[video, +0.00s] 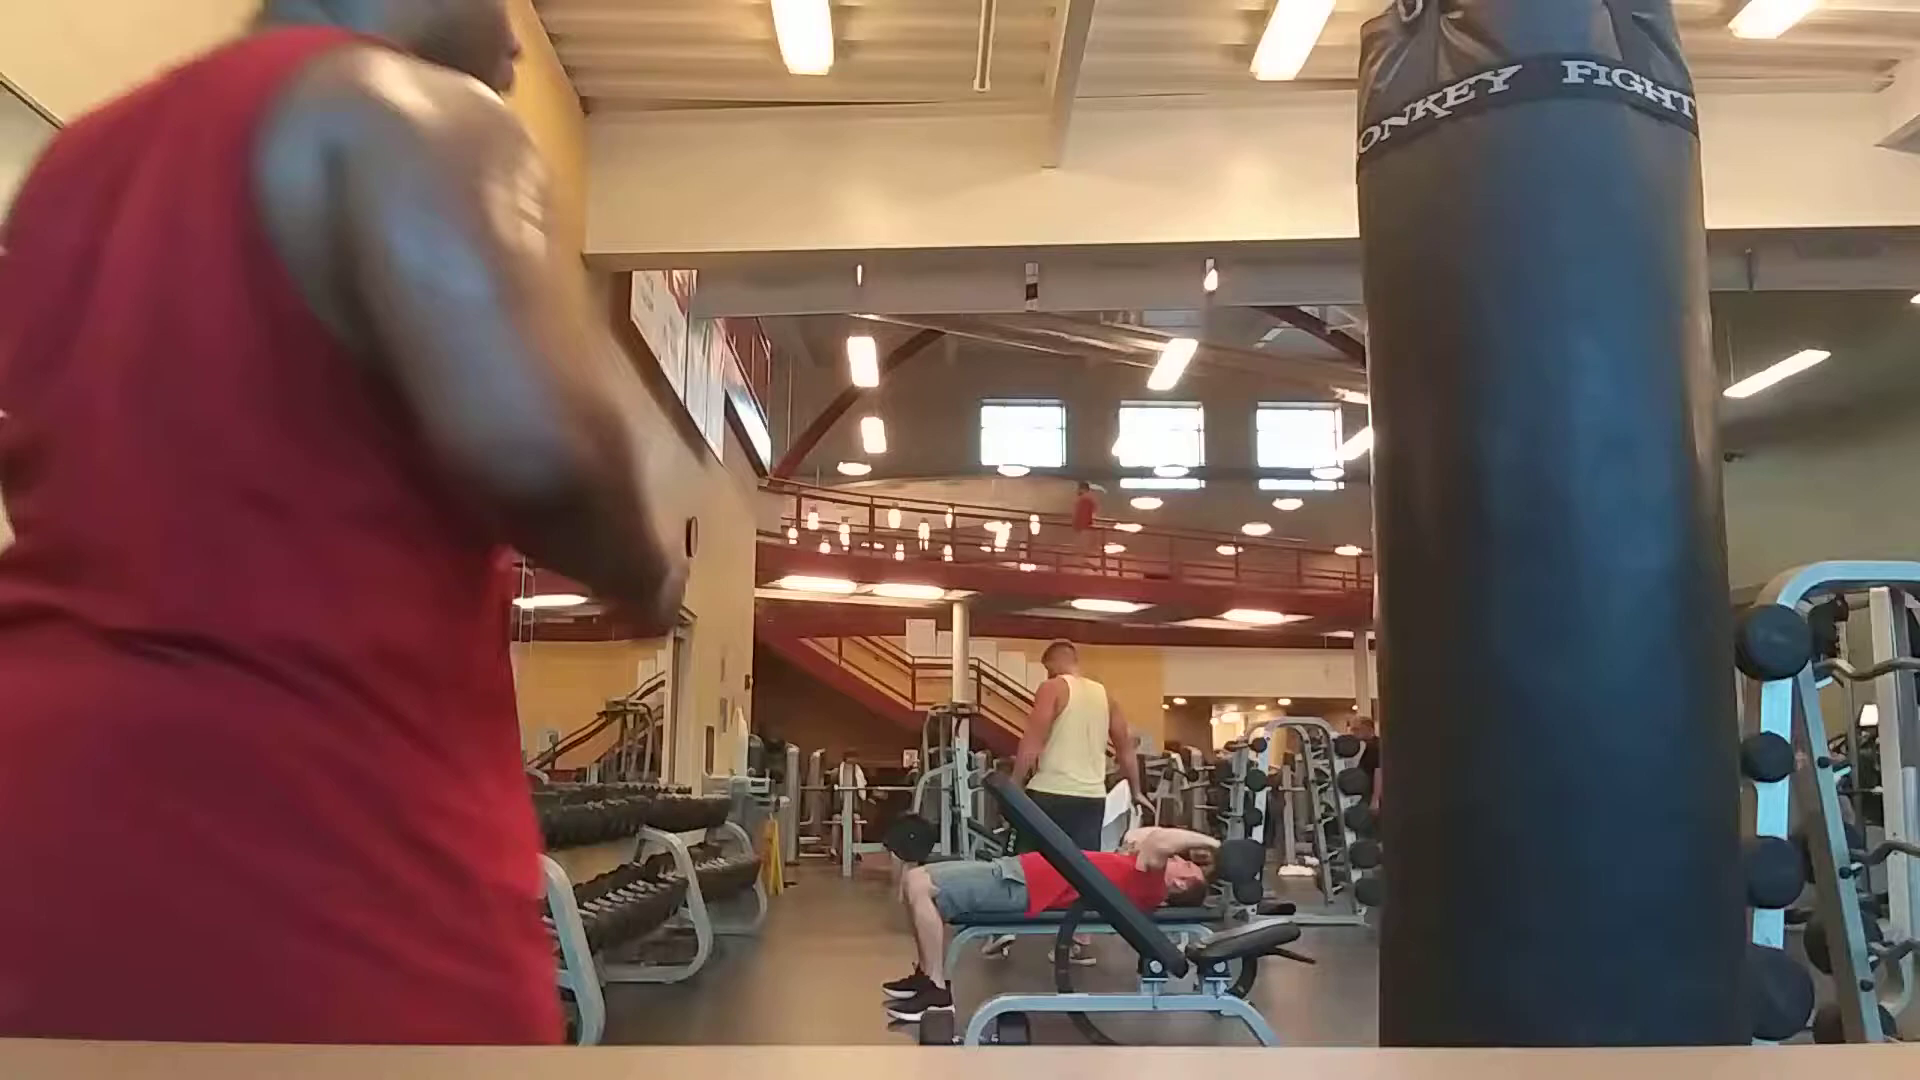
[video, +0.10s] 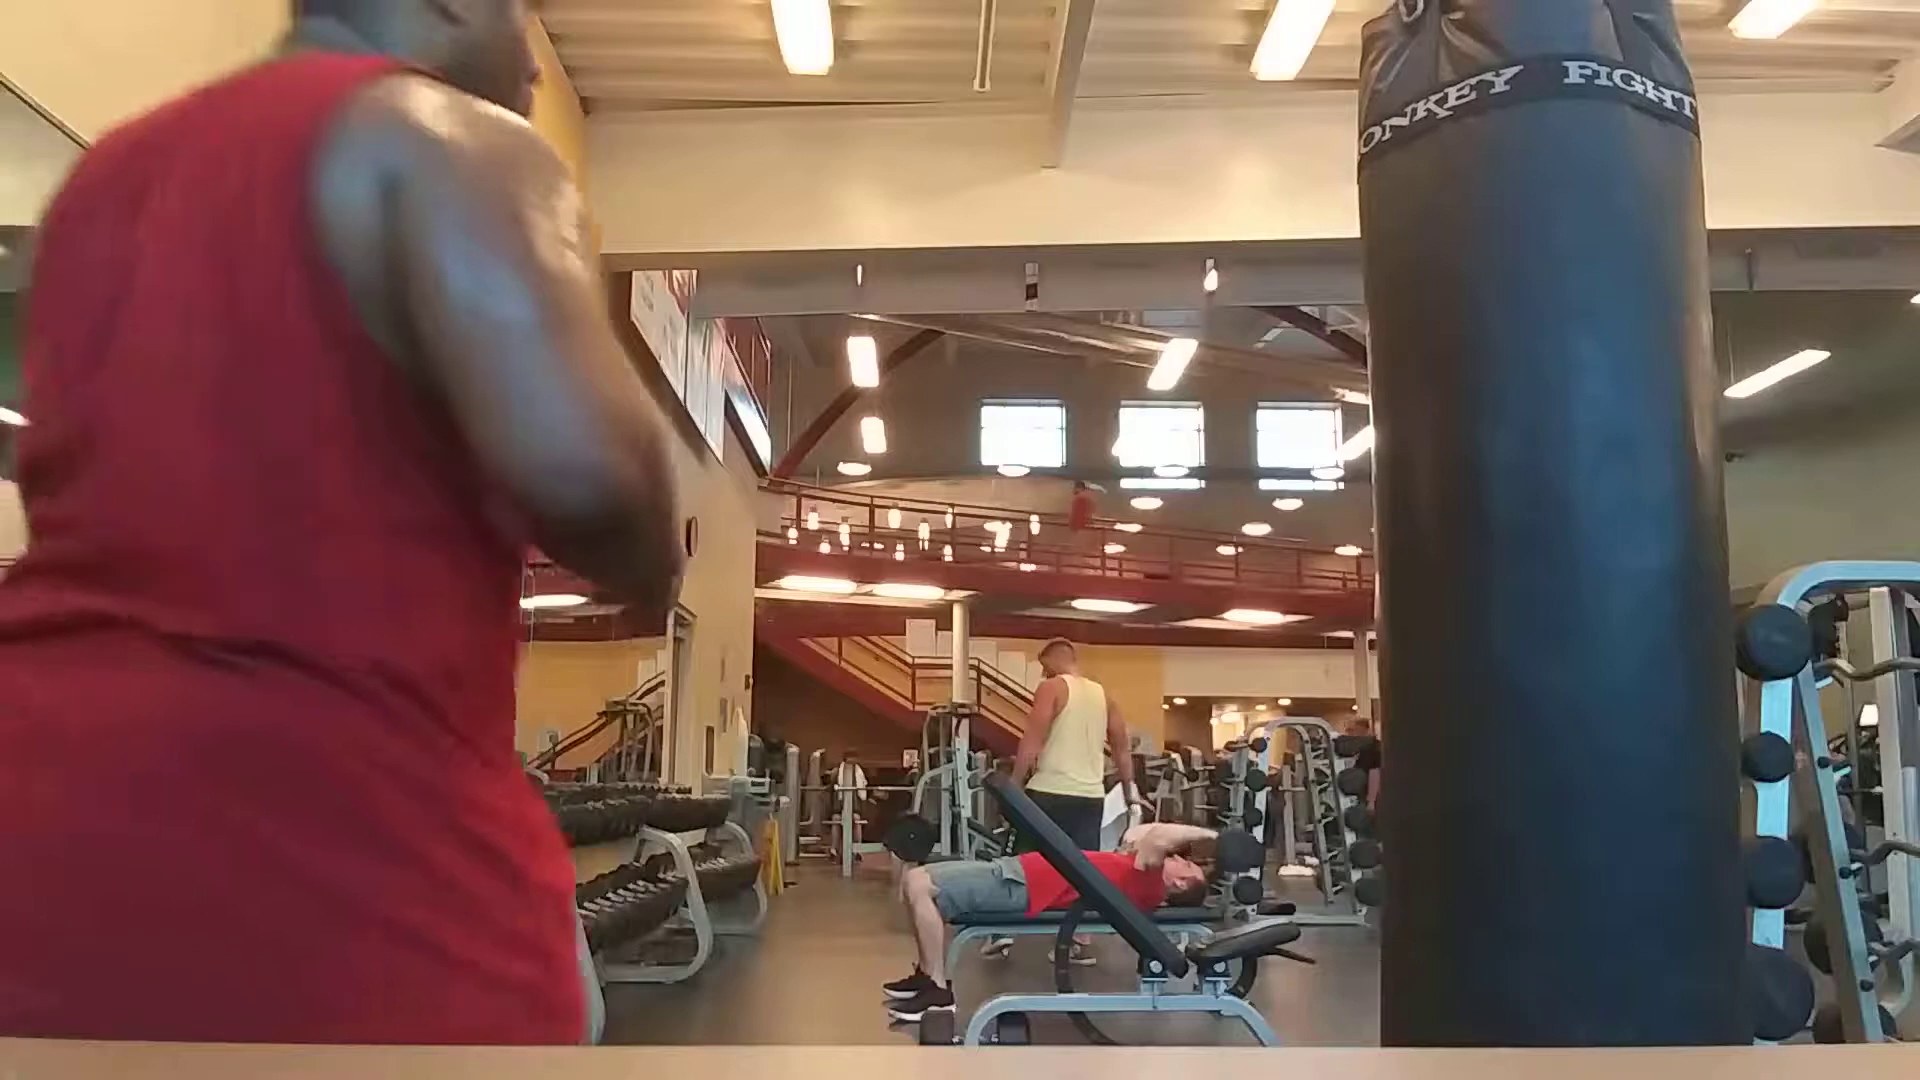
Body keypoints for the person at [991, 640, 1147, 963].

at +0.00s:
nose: (1048, 674)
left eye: (1047, 669)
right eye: (1047, 670)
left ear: (1051, 665)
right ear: (1076, 660)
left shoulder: (1052, 688)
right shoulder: (1104, 695)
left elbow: (1031, 744)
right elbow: (1125, 748)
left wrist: (1011, 790)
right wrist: (1136, 793)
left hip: (1047, 797)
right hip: (1090, 801)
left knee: (1023, 864)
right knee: (1083, 872)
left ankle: (1006, 930)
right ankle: (1076, 940)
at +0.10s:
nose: (1045, 671)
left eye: (1045, 666)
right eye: (1044, 666)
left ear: (1054, 660)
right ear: (1073, 658)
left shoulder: (1052, 688)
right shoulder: (1102, 695)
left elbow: (1032, 741)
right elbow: (1121, 748)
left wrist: (1012, 788)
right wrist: (1130, 795)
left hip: (1046, 797)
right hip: (1089, 801)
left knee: (1023, 866)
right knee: (1083, 872)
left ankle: (1006, 933)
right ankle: (1078, 941)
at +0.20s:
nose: (1037, 670)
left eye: (1038, 664)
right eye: (1036, 665)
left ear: (1050, 658)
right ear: (1067, 657)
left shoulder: (1049, 687)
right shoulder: (1097, 694)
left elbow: (1028, 749)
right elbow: (1111, 750)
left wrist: (1011, 791)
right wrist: (1112, 790)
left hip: (1045, 797)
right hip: (1086, 800)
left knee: (1020, 866)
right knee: (1081, 872)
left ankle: (1000, 937)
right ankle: (1079, 941)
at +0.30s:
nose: (1031, 671)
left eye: (1032, 664)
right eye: (1030, 665)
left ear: (1045, 658)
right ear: (1061, 656)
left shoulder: (1045, 688)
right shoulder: (1089, 692)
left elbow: (1029, 743)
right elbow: (1103, 741)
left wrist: (1010, 786)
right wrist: (1088, 775)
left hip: (1043, 797)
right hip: (1082, 799)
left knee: (1020, 868)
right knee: (1077, 870)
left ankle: (1001, 939)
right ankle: (1076, 939)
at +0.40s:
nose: (1023, 671)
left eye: (1024, 664)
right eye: (1022, 665)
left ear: (1035, 659)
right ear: (1052, 657)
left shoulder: (1039, 689)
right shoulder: (1078, 692)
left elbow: (1026, 745)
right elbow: (1085, 745)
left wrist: (1007, 782)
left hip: (1039, 798)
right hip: (1076, 801)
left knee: (1018, 872)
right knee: (1077, 871)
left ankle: (1002, 942)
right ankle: (1080, 940)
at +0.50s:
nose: (1013, 668)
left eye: (1014, 662)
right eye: (1012, 662)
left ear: (1027, 658)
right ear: (1041, 657)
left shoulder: (1032, 691)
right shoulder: (1066, 692)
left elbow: (1019, 749)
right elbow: (1067, 747)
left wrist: (999, 789)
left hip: (1031, 798)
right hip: (1064, 799)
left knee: (1018, 870)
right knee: (1066, 869)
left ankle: (1010, 945)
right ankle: (1078, 940)